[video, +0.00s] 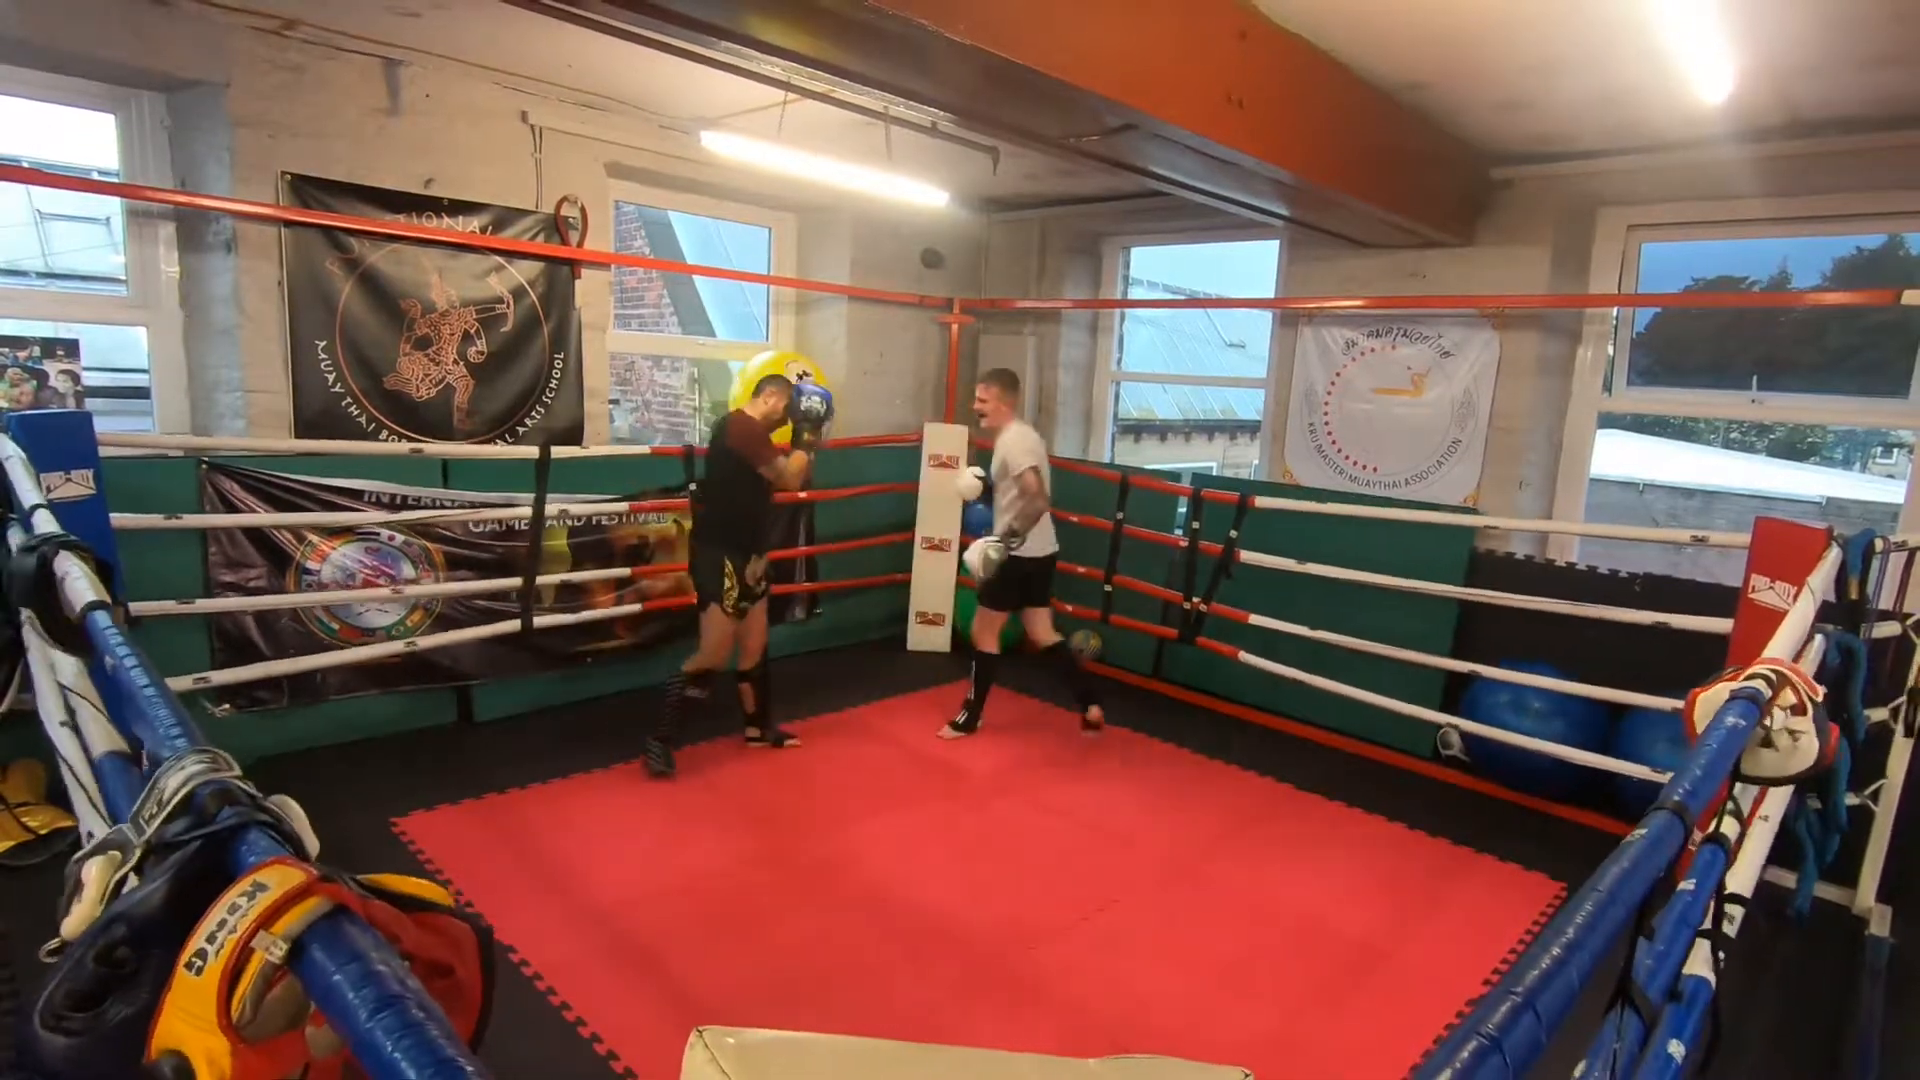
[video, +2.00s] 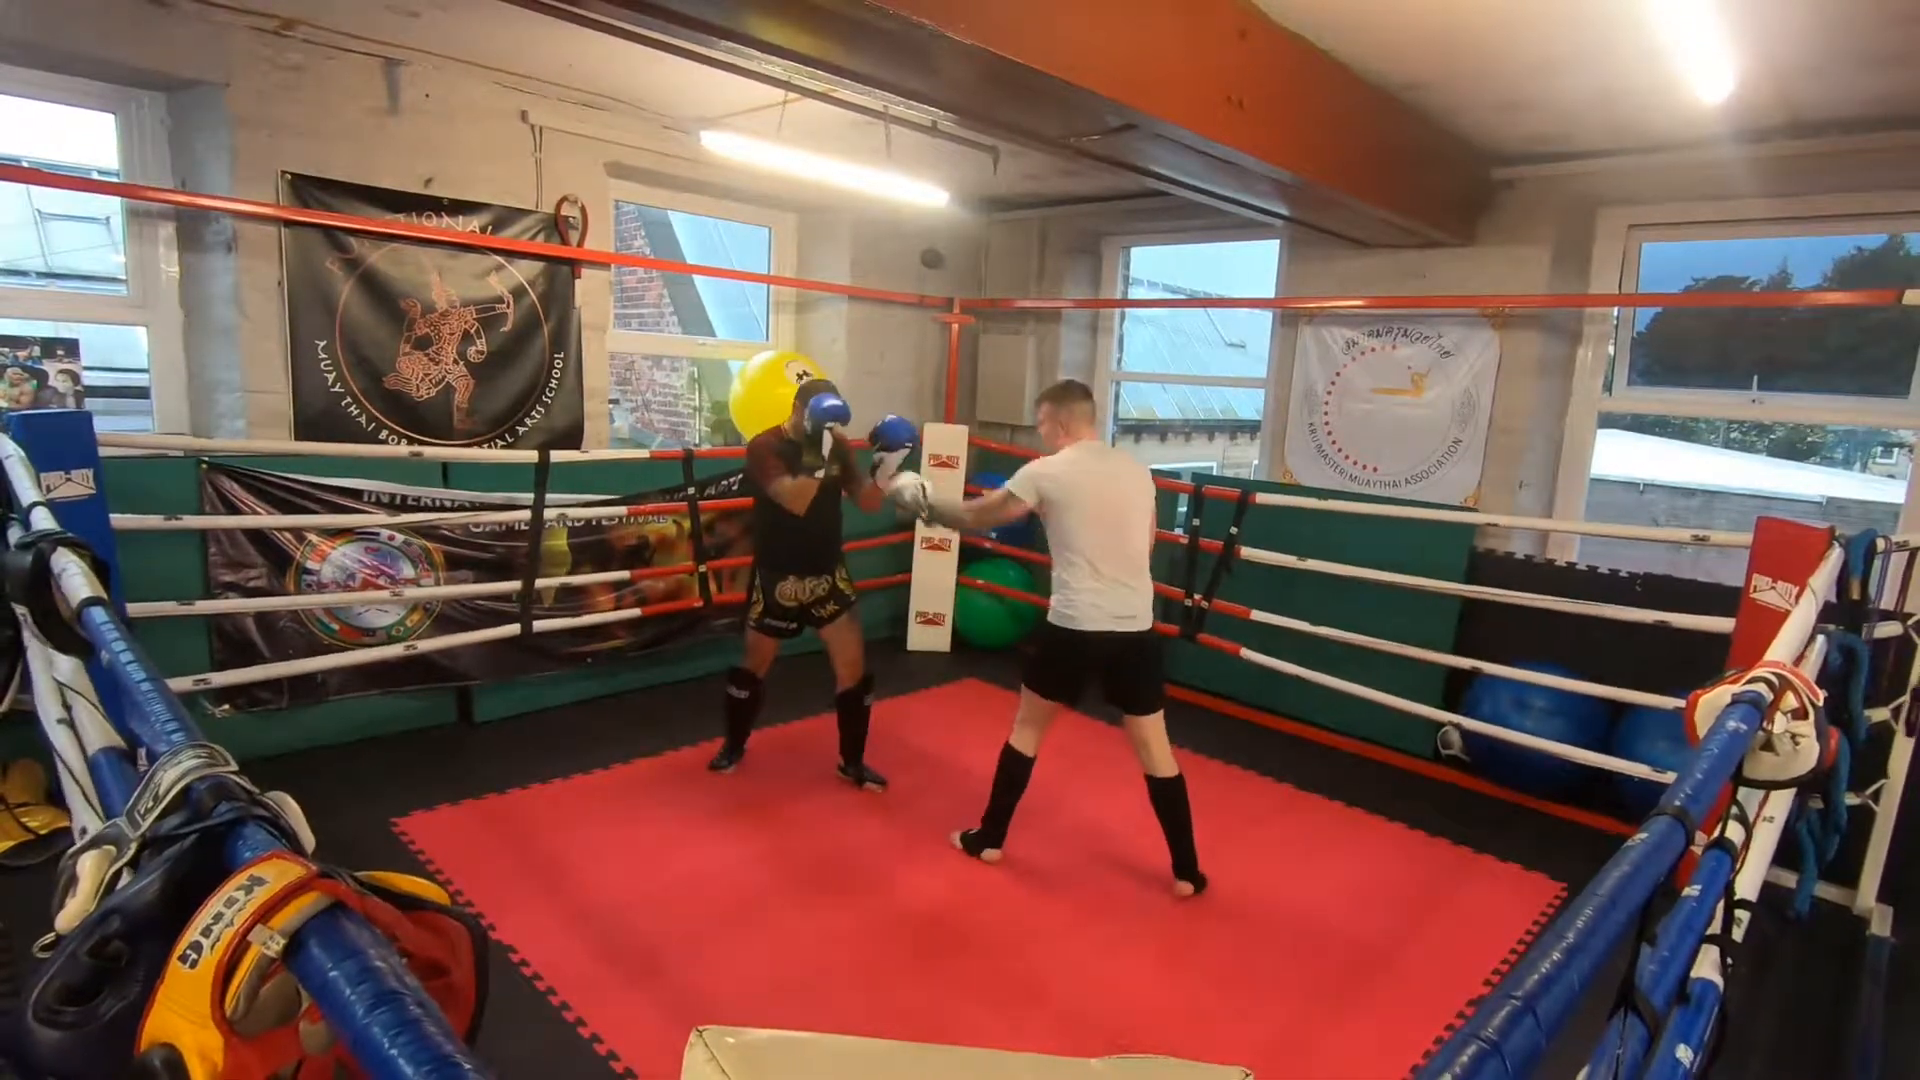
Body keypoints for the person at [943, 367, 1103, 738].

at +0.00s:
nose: (977, 407)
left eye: (983, 401)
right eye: (977, 400)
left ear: (1005, 402)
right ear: (1005, 404)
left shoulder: (1014, 441)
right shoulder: (1022, 435)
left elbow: (1038, 499)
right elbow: (1018, 488)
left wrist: (1001, 541)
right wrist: (986, 488)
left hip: (1019, 555)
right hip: (1039, 553)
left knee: (985, 631)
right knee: (1041, 630)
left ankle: (971, 716)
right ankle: (1089, 703)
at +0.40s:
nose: (1034, 414)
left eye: (1038, 405)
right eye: (1035, 405)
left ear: (1055, 404)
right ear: (1072, 406)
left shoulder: (1056, 443)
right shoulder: (1101, 451)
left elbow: (1061, 503)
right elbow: (1095, 513)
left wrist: (1014, 535)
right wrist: (1044, 488)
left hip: (1056, 577)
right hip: (1094, 581)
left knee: (1008, 659)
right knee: (1087, 664)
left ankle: (1006, 768)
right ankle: (1106, 755)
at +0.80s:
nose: (1016, 430)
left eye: (1017, 420)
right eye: (1014, 421)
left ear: (1035, 412)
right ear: (1060, 411)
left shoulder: (1033, 459)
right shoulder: (1106, 458)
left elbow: (1012, 536)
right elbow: (1078, 531)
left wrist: (973, 553)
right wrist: (989, 542)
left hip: (1058, 604)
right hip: (1110, 605)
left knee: (1034, 705)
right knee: (1116, 697)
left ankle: (1022, 819)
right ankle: (1149, 807)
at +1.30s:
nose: (1036, 428)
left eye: (1036, 420)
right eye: (1036, 420)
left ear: (1044, 417)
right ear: (1082, 415)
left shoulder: (1036, 467)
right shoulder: (1126, 467)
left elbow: (1003, 536)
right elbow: (1129, 533)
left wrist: (952, 545)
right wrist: (1041, 537)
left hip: (1063, 623)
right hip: (1123, 624)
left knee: (1026, 719)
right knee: (1145, 738)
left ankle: (994, 823)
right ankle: (1175, 861)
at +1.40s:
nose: (1024, 432)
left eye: (1025, 424)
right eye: (1025, 424)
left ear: (1037, 419)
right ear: (1073, 416)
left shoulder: (1027, 462)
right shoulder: (1119, 463)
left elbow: (962, 497)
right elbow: (1131, 531)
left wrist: (910, 487)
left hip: (1061, 619)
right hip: (1122, 620)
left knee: (1028, 719)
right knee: (1145, 729)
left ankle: (993, 825)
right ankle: (1177, 852)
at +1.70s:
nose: (1043, 439)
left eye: (1043, 431)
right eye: (1041, 431)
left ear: (1060, 425)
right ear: (1096, 424)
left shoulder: (1054, 473)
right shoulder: (1141, 475)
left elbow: (992, 535)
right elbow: (1120, 538)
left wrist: (936, 543)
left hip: (1068, 630)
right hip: (1132, 635)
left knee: (1030, 725)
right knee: (1153, 748)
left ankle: (993, 825)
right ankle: (1184, 871)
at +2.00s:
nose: (1040, 435)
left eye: (1041, 426)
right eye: (1039, 427)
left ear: (1059, 423)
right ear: (1091, 423)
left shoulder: (1049, 471)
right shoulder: (1139, 472)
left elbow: (978, 517)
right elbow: (1140, 542)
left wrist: (924, 501)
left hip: (1070, 632)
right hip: (1135, 636)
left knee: (1029, 728)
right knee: (1155, 748)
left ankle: (990, 837)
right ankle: (1188, 872)